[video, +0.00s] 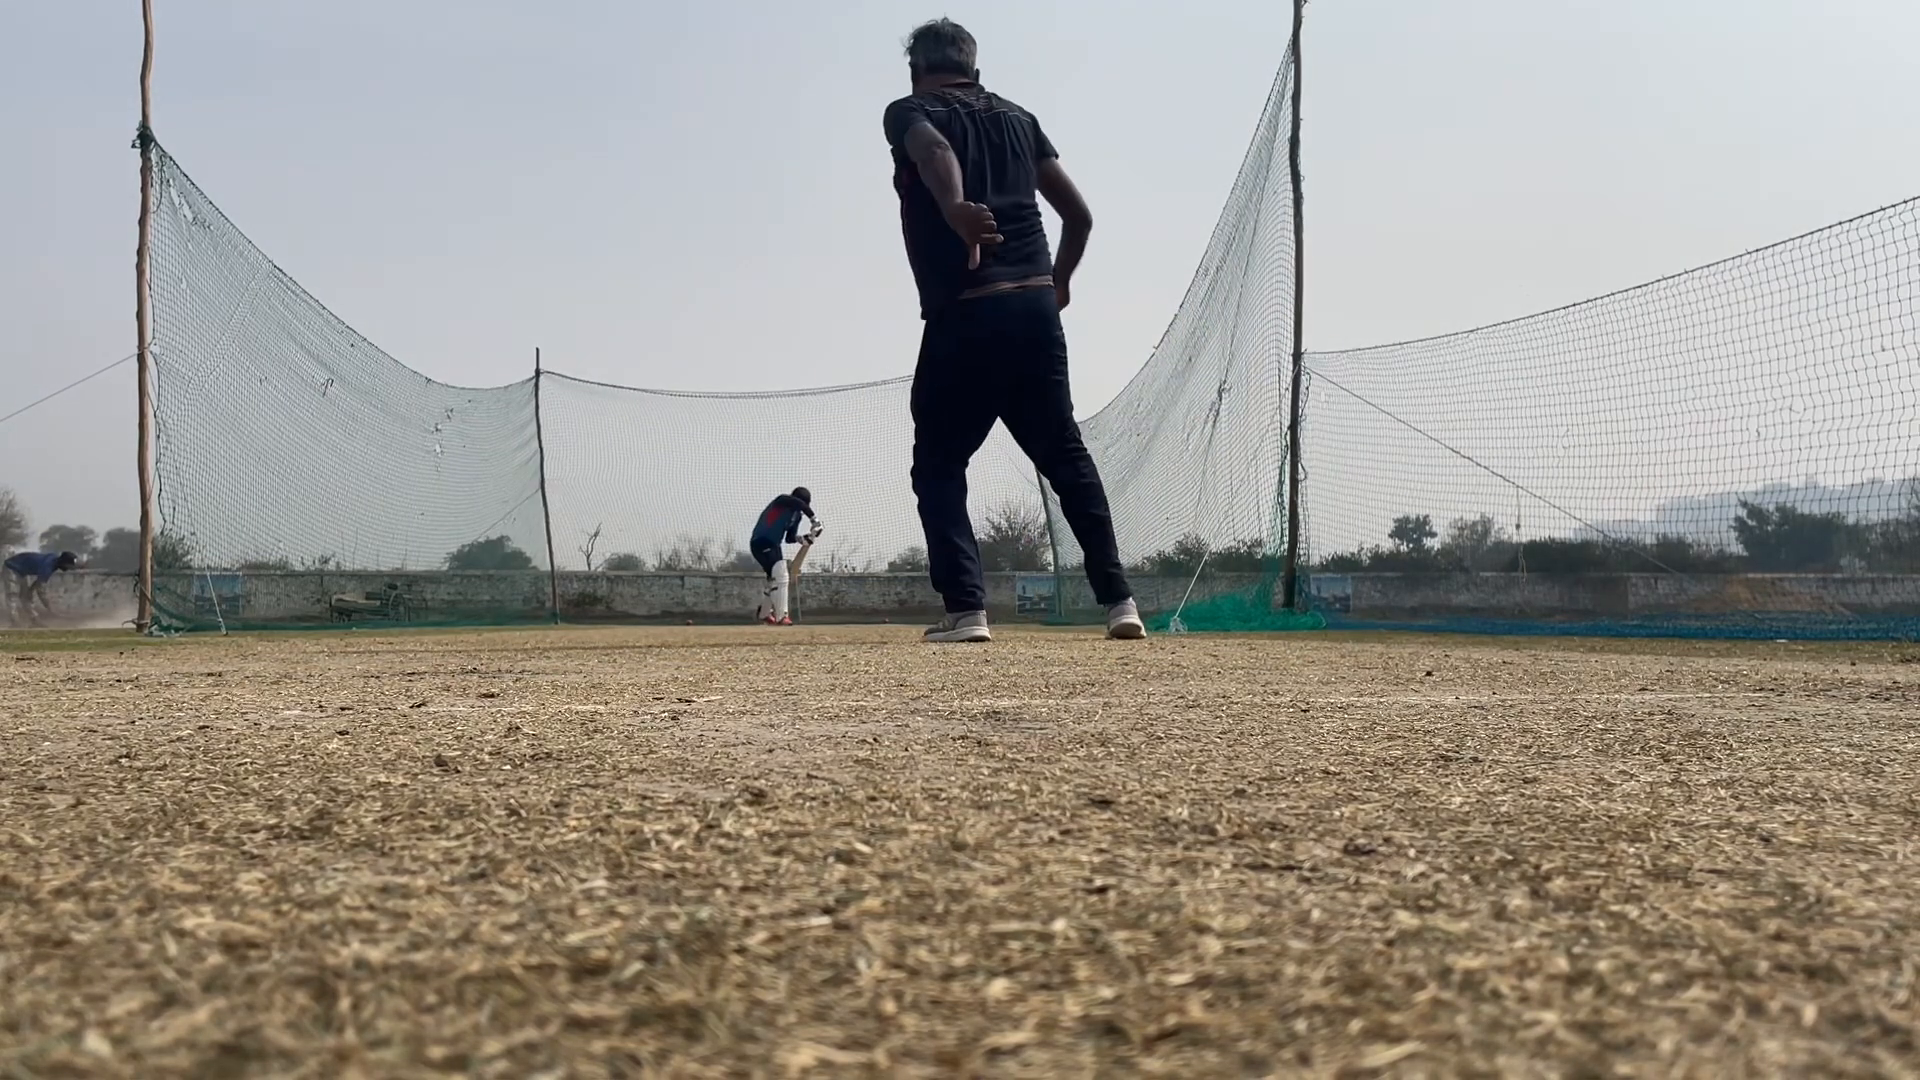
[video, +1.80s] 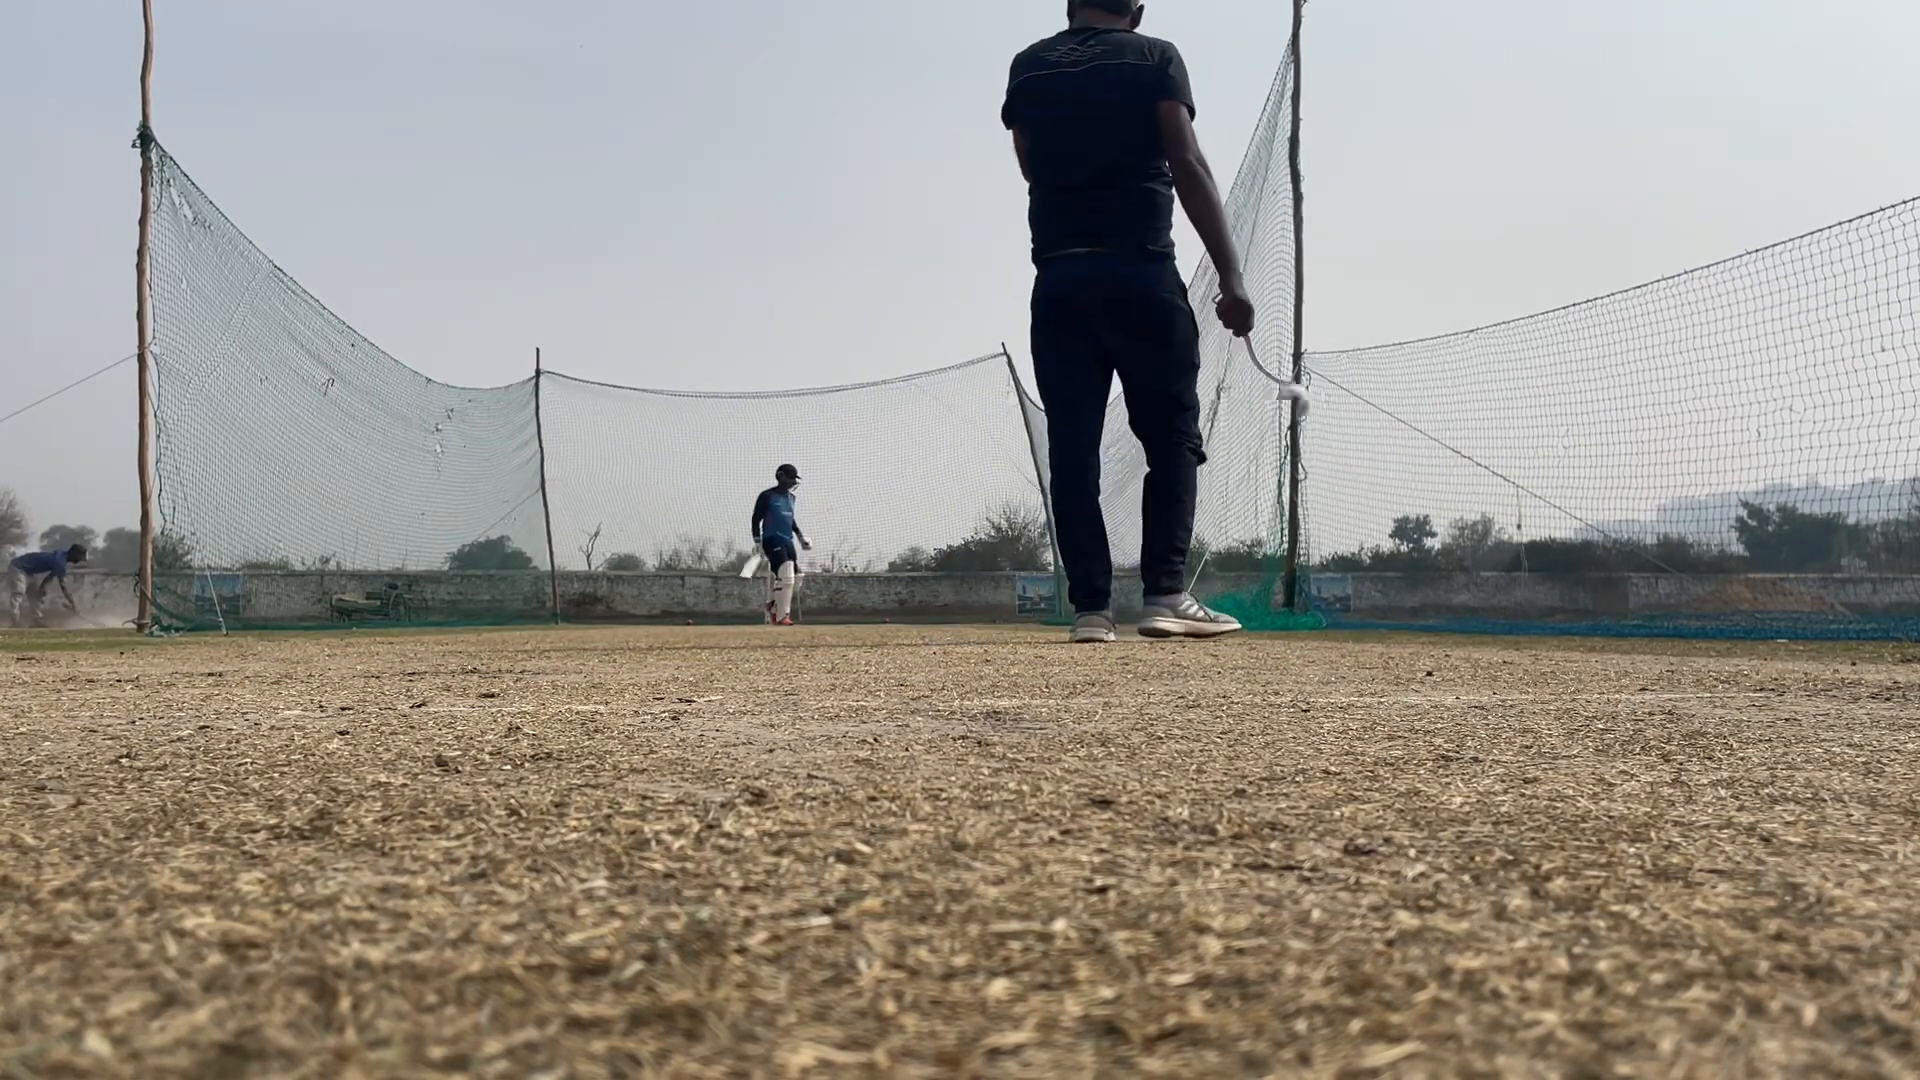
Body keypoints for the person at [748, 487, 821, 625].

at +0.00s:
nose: (803, 506)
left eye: (805, 504)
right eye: (802, 503)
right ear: (797, 499)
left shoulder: (797, 515)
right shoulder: (782, 499)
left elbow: (789, 538)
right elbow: (801, 504)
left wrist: (802, 538)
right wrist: (813, 519)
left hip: (773, 545)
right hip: (762, 542)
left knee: (774, 579)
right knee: (781, 576)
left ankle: (765, 613)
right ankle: (781, 615)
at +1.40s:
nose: (804, 494)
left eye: (805, 491)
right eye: (802, 490)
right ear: (794, 488)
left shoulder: (797, 506)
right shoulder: (780, 497)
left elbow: (798, 521)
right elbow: (786, 505)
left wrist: (800, 533)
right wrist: (807, 517)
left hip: (779, 544)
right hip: (767, 541)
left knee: (781, 576)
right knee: (787, 573)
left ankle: (771, 612)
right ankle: (782, 615)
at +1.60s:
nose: (799, 485)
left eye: (800, 482)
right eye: (797, 481)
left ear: (797, 483)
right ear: (786, 480)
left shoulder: (795, 502)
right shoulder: (773, 498)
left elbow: (795, 527)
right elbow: (764, 521)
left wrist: (803, 546)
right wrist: (764, 541)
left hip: (787, 543)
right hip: (773, 543)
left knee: (786, 578)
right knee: (788, 576)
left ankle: (773, 607)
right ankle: (783, 615)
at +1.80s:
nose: (793, 482)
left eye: (794, 479)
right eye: (790, 478)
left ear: (793, 479)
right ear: (780, 477)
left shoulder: (790, 498)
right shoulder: (766, 496)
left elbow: (790, 520)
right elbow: (756, 519)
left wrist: (801, 537)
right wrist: (757, 540)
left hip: (787, 540)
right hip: (772, 539)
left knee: (795, 576)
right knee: (786, 573)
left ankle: (774, 606)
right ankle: (783, 615)